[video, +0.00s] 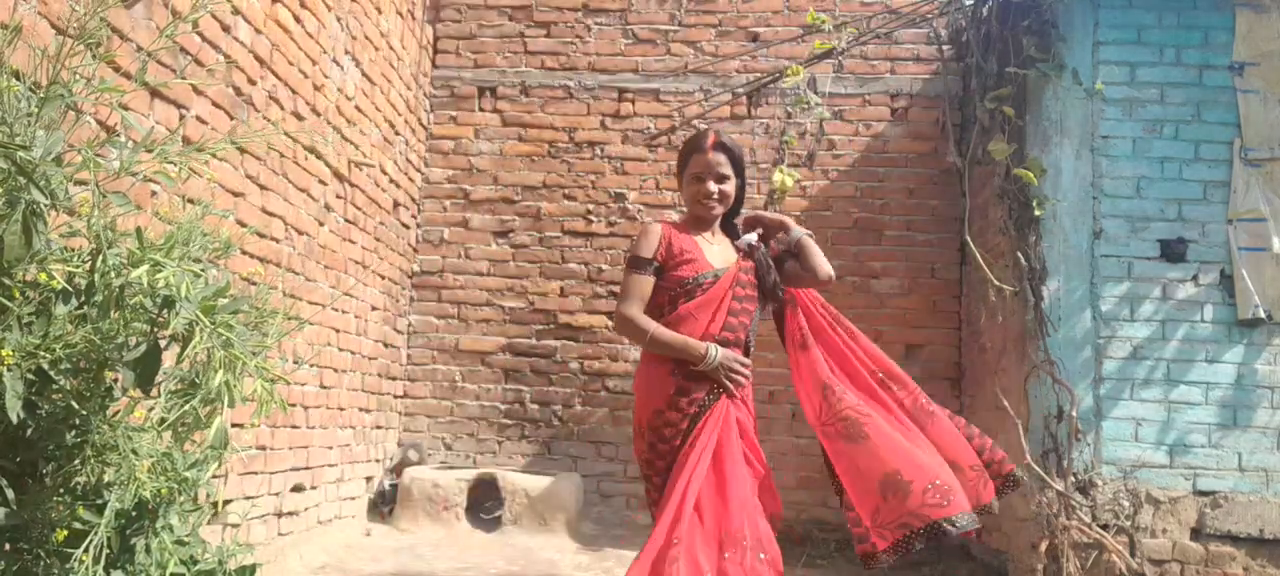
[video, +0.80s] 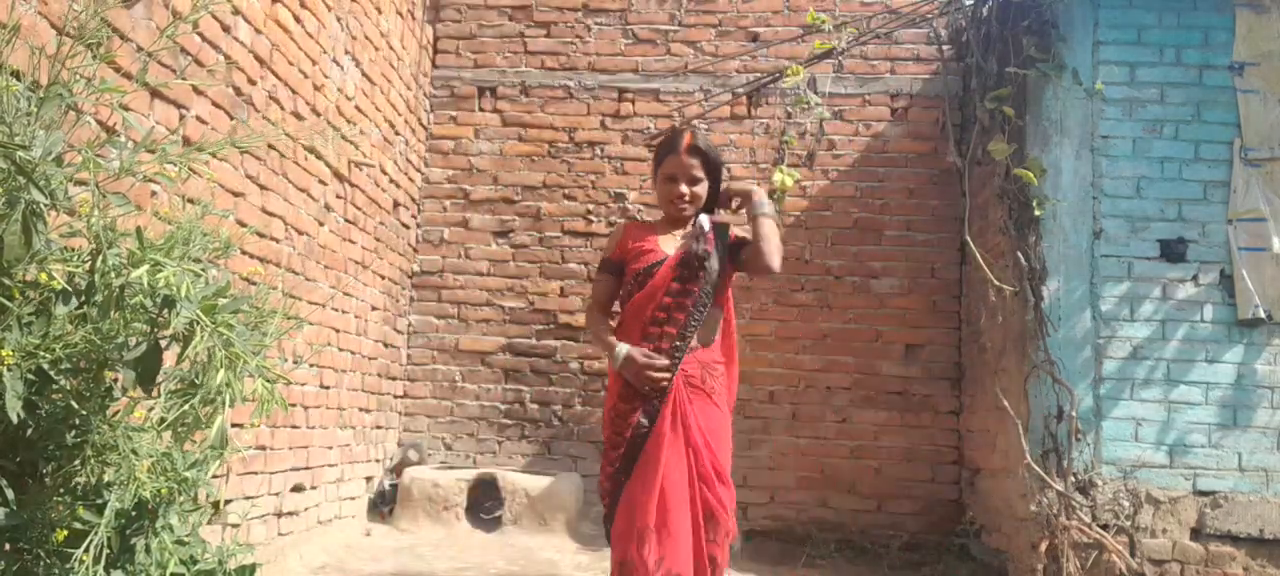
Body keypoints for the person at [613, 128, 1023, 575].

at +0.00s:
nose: (709, 189)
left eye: (721, 178)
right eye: (697, 177)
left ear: (737, 186)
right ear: (679, 181)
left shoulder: (745, 250)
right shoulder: (659, 236)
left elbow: (821, 275)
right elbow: (626, 315)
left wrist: (788, 227)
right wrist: (701, 353)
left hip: (729, 391)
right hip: (670, 391)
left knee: (729, 512)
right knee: (679, 518)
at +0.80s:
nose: (682, 191)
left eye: (693, 180)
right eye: (671, 179)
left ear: (711, 184)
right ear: (654, 180)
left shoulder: (721, 238)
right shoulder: (631, 236)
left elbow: (769, 263)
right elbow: (596, 316)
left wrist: (756, 195)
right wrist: (621, 352)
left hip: (699, 393)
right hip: (636, 394)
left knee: (699, 510)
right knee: (635, 510)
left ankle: (699, 570)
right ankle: (637, 571)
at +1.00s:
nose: (681, 186)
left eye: (695, 178)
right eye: (672, 172)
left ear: (710, 188)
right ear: (653, 174)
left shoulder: (722, 244)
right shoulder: (621, 242)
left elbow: (761, 331)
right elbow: (588, 321)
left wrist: (739, 265)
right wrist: (594, 332)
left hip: (700, 401)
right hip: (632, 402)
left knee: (669, 519)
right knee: (624, 525)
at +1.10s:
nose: (683, 157)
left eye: (698, 150)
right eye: (674, 143)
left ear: (713, 163)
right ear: (655, 145)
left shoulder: (720, 218)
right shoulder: (622, 211)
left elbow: (760, 301)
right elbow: (582, 297)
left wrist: (749, 234)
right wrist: (613, 259)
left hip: (706, 366)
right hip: (636, 368)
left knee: (661, 474)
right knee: (632, 499)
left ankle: (695, 569)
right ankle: (634, 573)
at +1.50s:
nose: (684, 159)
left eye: (700, 151)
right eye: (673, 144)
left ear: (717, 163)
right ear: (652, 149)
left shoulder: (725, 222)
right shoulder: (623, 224)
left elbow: (784, 272)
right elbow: (553, 261)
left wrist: (771, 178)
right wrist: (594, 181)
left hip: (713, 390)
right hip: (637, 393)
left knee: (692, 545)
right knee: (637, 541)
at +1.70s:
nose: (685, 127)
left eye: (701, 118)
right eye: (671, 114)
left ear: (719, 132)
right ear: (649, 125)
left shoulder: (737, 203)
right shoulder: (625, 198)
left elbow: (809, 198)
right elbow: (562, 178)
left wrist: (760, 118)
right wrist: (619, 116)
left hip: (727, 367)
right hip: (647, 370)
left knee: (733, 507)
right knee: (654, 504)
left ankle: (736, 572)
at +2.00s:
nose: (685, 113)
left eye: (699, 102)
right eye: (670, 98)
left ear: (716, 112)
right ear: (646, 108)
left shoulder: (730, 190)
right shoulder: (625, 177)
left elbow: (800, 227)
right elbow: (585, 153)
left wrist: (733, 171)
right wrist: (634, 86)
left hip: (721, 381)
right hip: (636, 382)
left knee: (728, 535)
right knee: (629, 539)